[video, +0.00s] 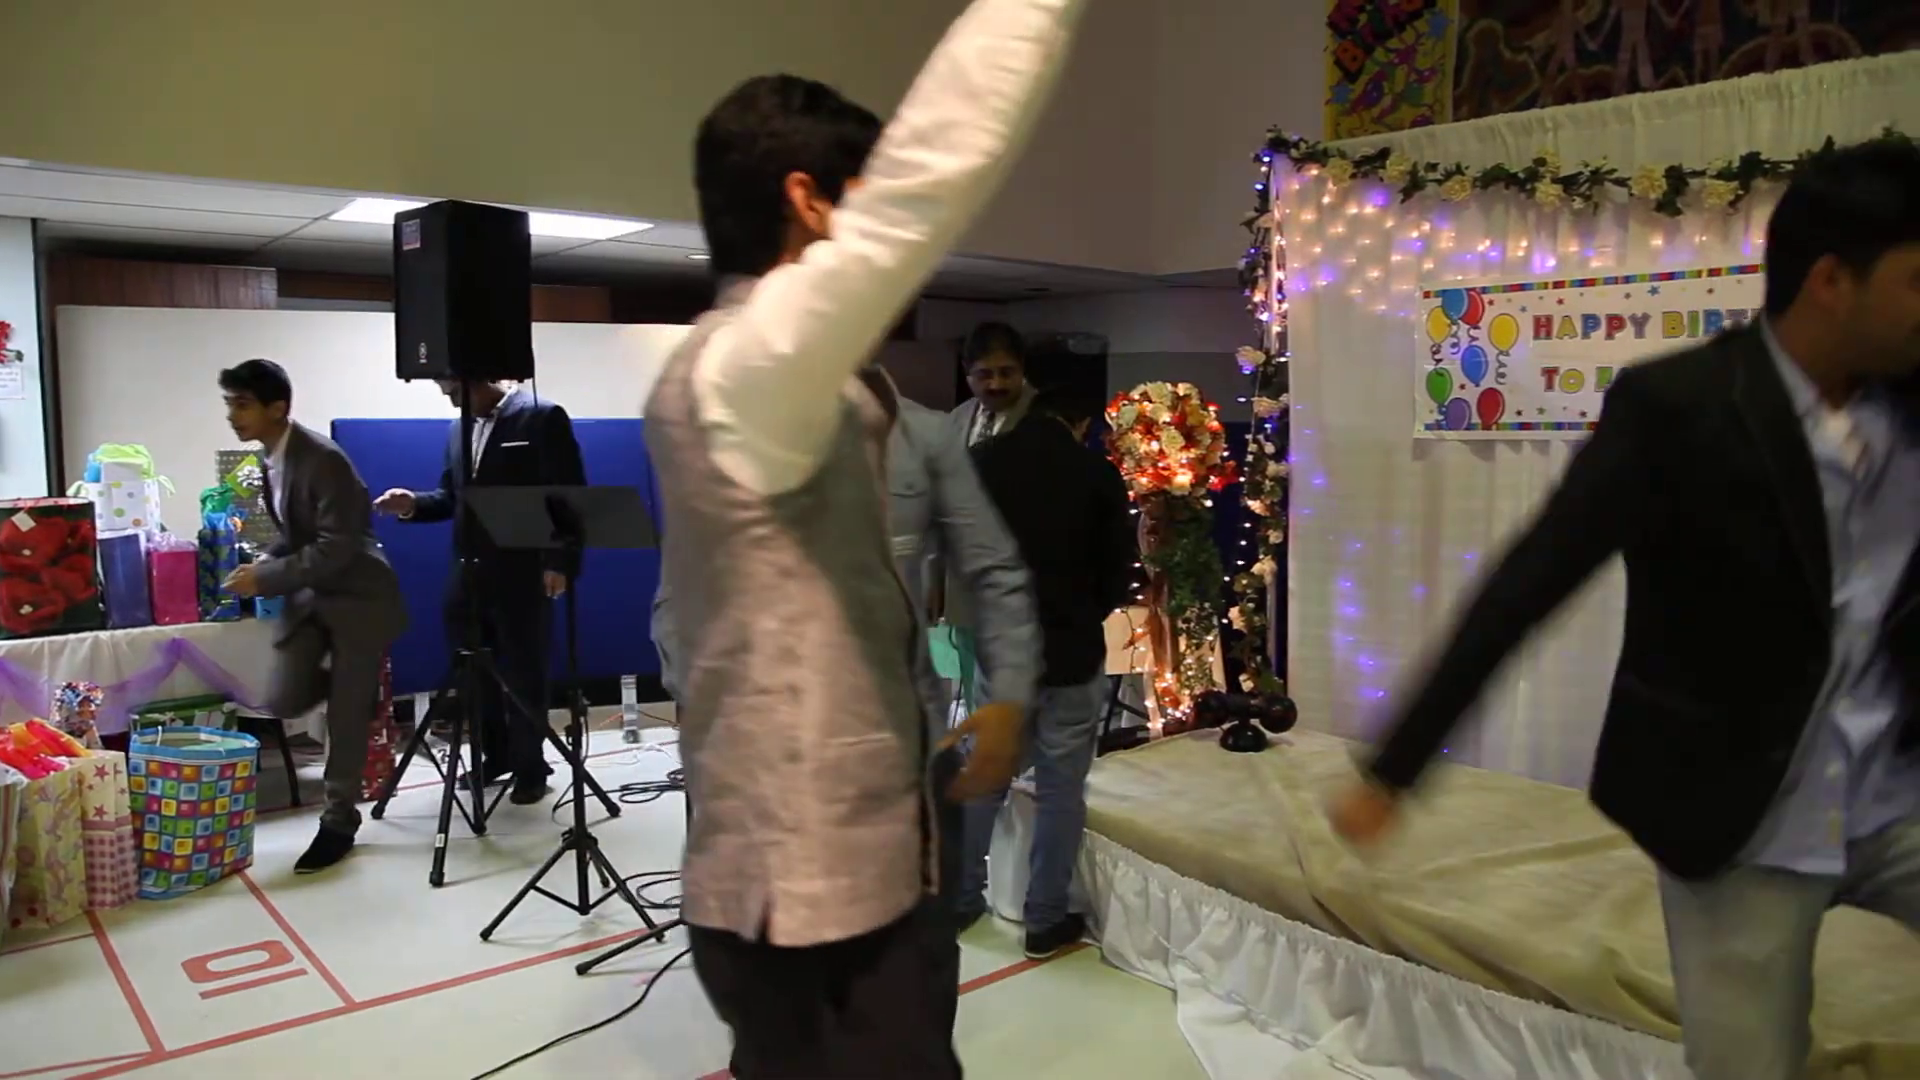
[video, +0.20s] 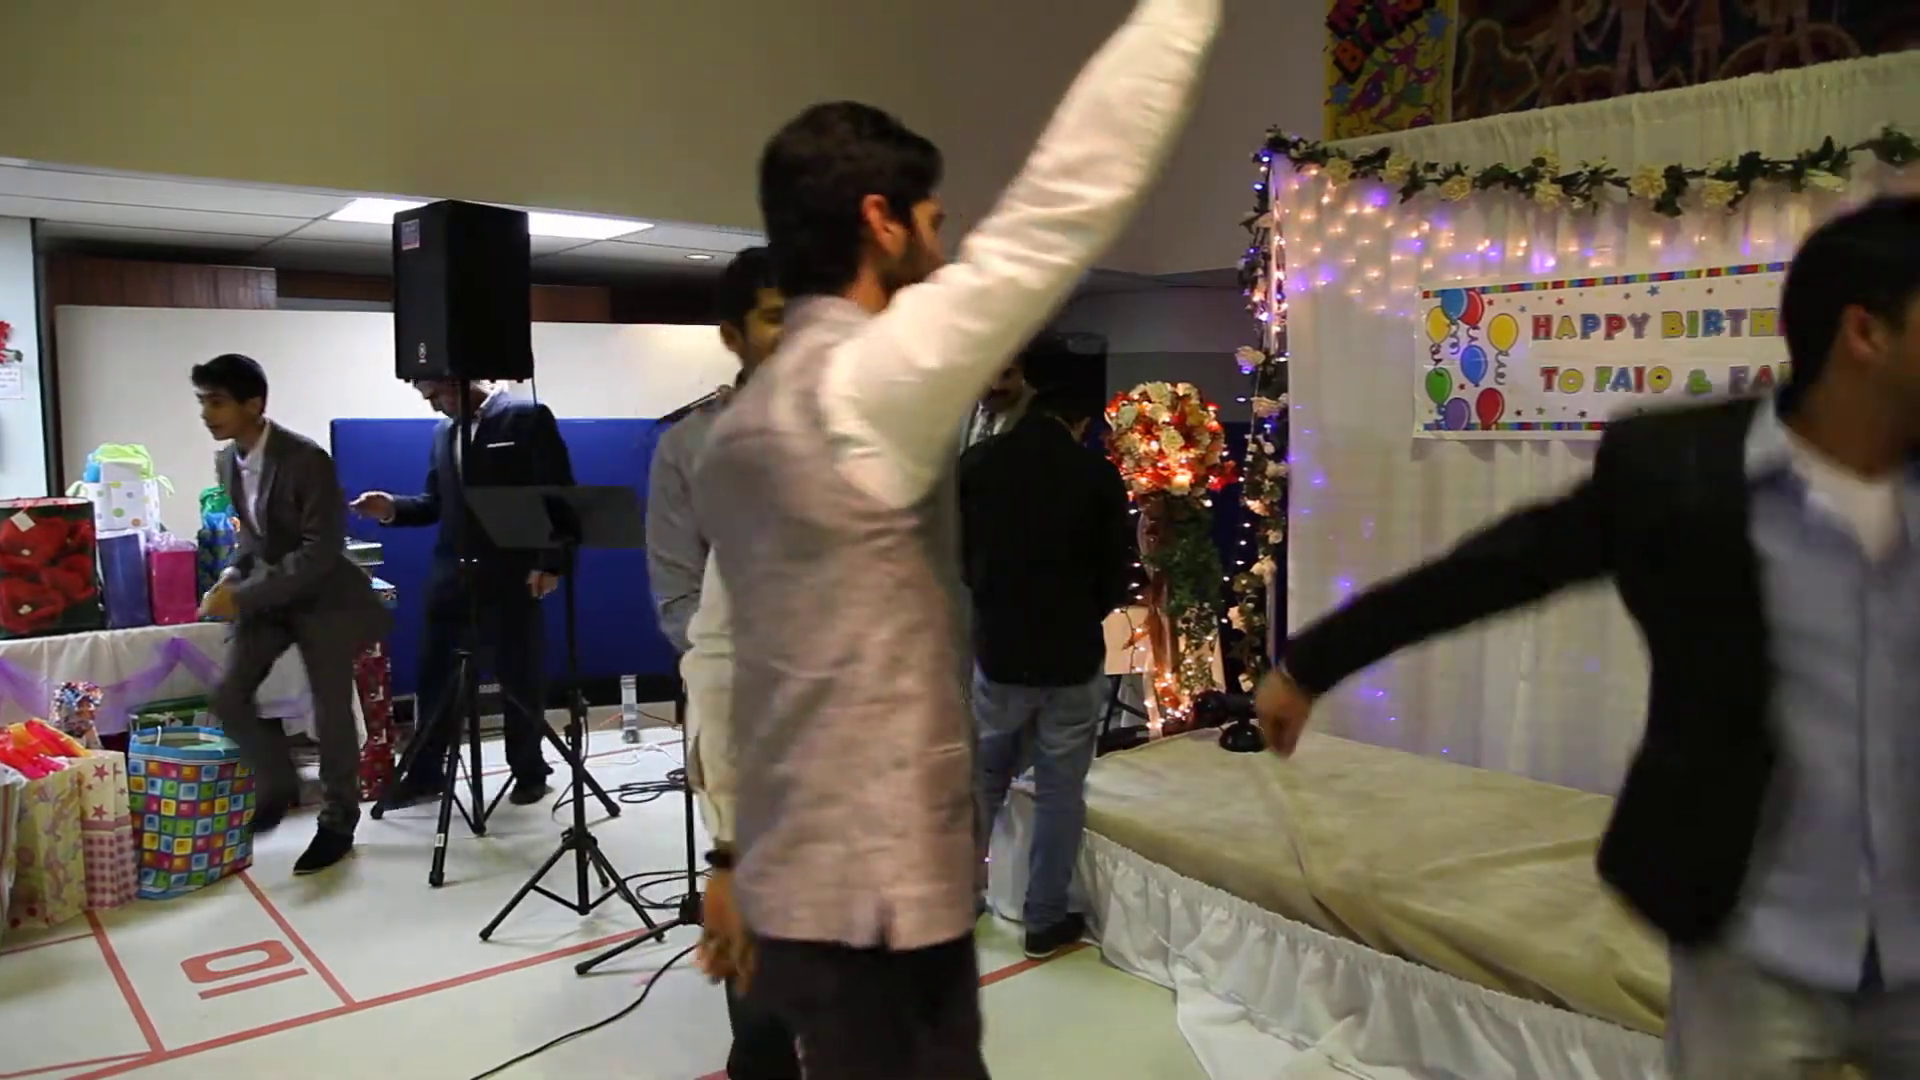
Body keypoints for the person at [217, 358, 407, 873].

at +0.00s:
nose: (231, 416)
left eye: (240, 405)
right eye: (229, 406)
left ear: (277, 406)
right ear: (247, 408)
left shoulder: (322, 460)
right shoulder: (270, 462)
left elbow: (339, 548)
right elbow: (293, 536)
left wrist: (269, 578)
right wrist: (260, 566)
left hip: (358, 597)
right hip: (309, 595)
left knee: (347, 711)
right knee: (287, 700)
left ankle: (339, 822)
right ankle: (357, 684)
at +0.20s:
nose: (206, 415)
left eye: (215, 404)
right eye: (203, 404)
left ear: (253, 403)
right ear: (212, 406)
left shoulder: (308, 461)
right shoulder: (229, 463)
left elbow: (322, 555)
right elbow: (255, 538)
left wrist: (244, 596)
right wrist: (228, 580)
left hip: (323, 600)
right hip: (270, 600)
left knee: (332, 714)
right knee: (229, 698)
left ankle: (338, 821)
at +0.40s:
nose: (165, 417)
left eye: (174, 404)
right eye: (162, 405)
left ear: (215, 405)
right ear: (180, 409)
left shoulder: (280, 469)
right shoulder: (178, 476)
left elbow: (303, 574)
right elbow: (193, 556)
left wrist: (249, 649)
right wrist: (178, 606)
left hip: (284, 631)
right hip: (220, 635)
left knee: (299, 748)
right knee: (221, 765)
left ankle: (335, 814)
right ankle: (235, 900)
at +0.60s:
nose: (118, 399)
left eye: (129, 387)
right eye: (116, 387)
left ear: (174, 389)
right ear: (139, 394)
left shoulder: (241, 458)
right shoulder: (129, 466)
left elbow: (281, 565)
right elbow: (137, 553)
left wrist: (284, 662)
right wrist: (116, 603)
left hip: (231, 644)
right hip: (168, 647)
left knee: (215, 773)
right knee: (196, 783)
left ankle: (283, 836)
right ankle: (234, 903)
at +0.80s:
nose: (70, 401)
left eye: (82, 388)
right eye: (67, 388)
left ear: (130, 393)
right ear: (96, 396)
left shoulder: (200, 473)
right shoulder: (81, 471)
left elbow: (258, 578)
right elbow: (81, 566)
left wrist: (270, 684)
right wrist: (63, 623)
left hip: (188, 666)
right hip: (126, 669)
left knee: (167, 811)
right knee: (179, 799)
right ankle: (238, 899)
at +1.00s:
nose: (10, 405)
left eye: (23, 392)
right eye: (10, 391)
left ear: (74, 398)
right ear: (46, 401)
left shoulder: (142, 491)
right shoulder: (25, 482)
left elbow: (175, 614)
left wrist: (175, 731)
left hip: (119, 690)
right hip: (52, 694)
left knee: (80, 847)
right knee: (96, 831)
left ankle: (100, 1017)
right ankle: (199, 884)